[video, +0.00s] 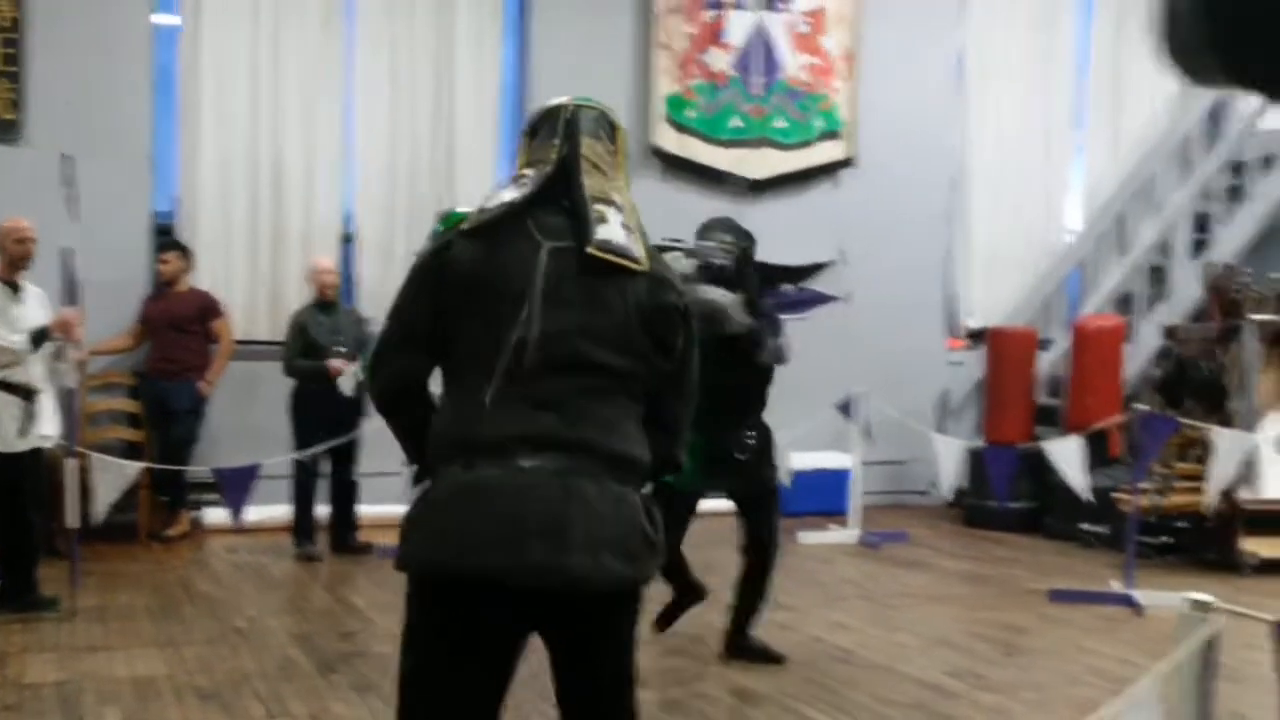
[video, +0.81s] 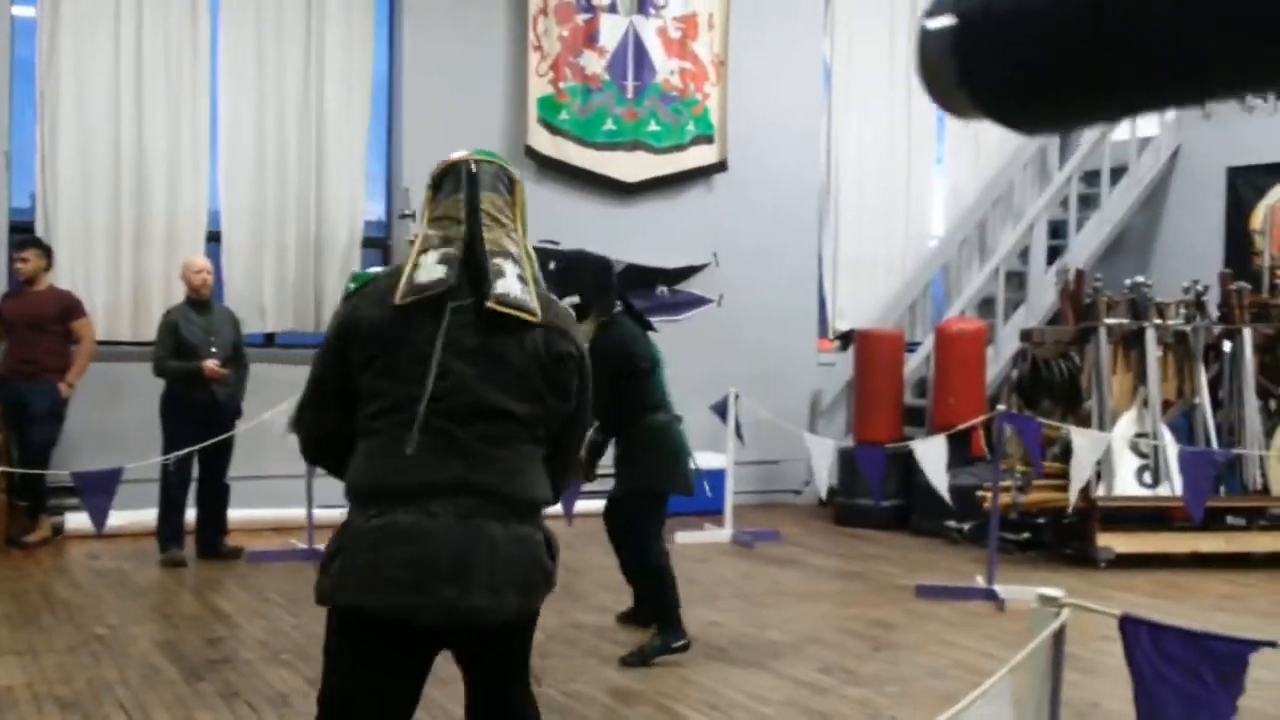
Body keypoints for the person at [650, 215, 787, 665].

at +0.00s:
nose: (712, 264)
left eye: (725, 256)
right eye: (706, 254)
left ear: (743, 263)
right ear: (695, 254)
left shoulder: (758, 314)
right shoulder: (680, 300)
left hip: (743, 437)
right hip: (687, 436)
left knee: (761, 540)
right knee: (660, 534)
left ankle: (738, 634)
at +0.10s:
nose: (715, 268)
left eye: (727, 259)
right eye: (709, 257)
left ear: (743, 267)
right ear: (696, 261)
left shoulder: (754, 325)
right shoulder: (681, 310)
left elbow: (748, 393)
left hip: (743, 439)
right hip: (691, 438)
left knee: (746, 542)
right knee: (678, 530)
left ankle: (728, 634)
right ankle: (717, 584)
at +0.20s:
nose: (692, 281)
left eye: (701, 273)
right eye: (689, 272)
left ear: (720, 275)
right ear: (683, 273)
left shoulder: (733, 323)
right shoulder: (677, 317)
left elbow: (741, 365)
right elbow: (649, 352)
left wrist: (702, 351)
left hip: (726, 438)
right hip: (687, 435)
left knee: (717, 530)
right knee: (688, 526)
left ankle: (720, 627)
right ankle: (731, 585)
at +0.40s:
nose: (642, 279)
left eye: (648, 271)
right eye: (644, 270)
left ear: (665, 275)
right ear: (684, 273)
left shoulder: (692, 329)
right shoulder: (679, 318)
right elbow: (645, 344)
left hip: (716, 444)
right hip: (700, 441)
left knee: (694, 527)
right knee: (679, 518)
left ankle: (731, 625)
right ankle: (714, 599)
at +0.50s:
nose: (619, 285)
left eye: (624, 277)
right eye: (620, 276)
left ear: (642, 280)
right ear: (660, 278)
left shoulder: (674, 331)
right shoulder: (665, 323)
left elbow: (628, 365)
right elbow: (635, 361)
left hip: (701, 446)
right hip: (686, 443)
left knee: (686, 529)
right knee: (669, 517)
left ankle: (718, 625)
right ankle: (698, 599)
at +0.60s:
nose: (600, 295)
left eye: (604, 286)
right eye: (600, 286)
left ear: (620, 289)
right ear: (643, 285)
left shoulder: (654, 336)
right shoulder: (656, 329)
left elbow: (609, 384)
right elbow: (615, 380)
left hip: (686, 453)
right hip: (677, 450)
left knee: (674, 530)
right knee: (656, 519)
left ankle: (704, 627)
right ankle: (681, 603)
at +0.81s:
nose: (573, 304)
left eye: (577, 297)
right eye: (574, 297)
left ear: (590, 297)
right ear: (610, 293)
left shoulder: (612, 338)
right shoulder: (624, 330)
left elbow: (609, 408)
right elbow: (615, 407)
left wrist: (590, 448)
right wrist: (595, 446)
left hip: (650, 450)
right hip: (649, 447)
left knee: (639, 531)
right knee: (618, 518)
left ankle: (671, 627)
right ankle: (647, 602)